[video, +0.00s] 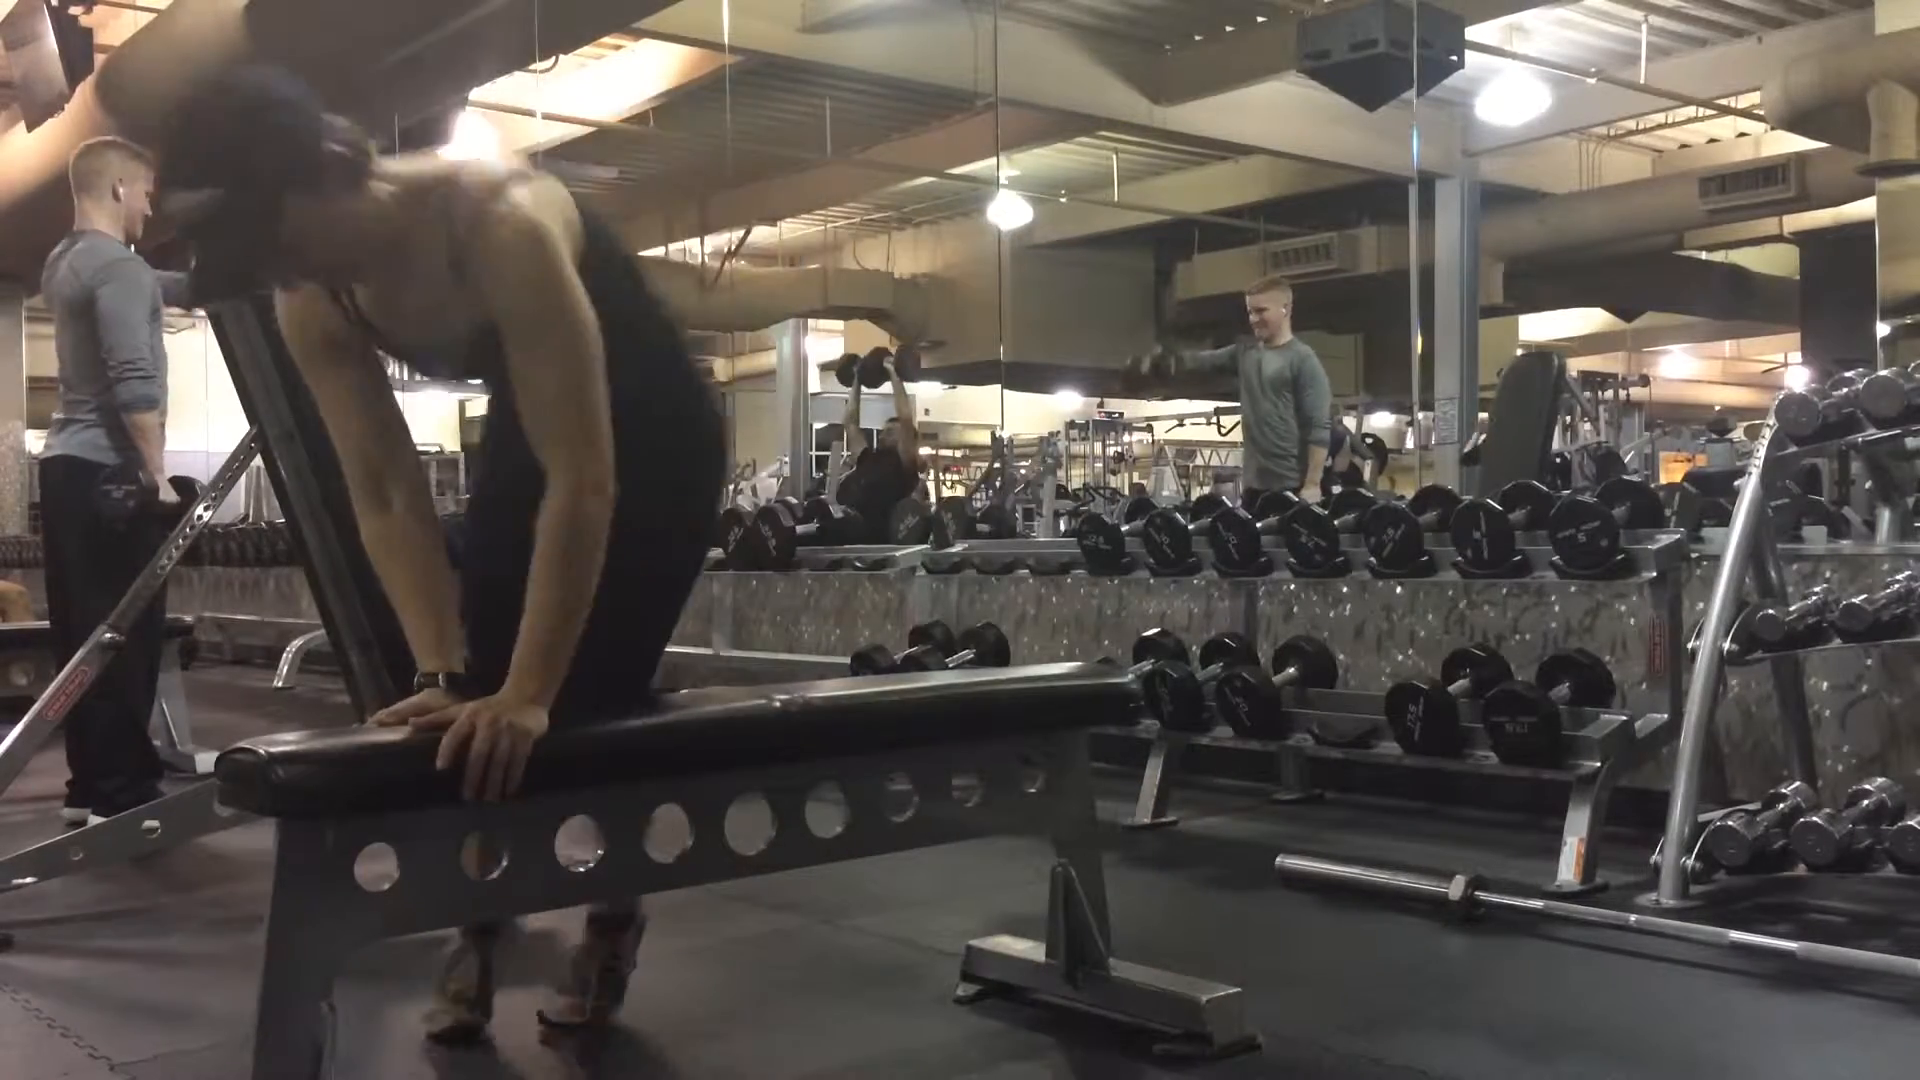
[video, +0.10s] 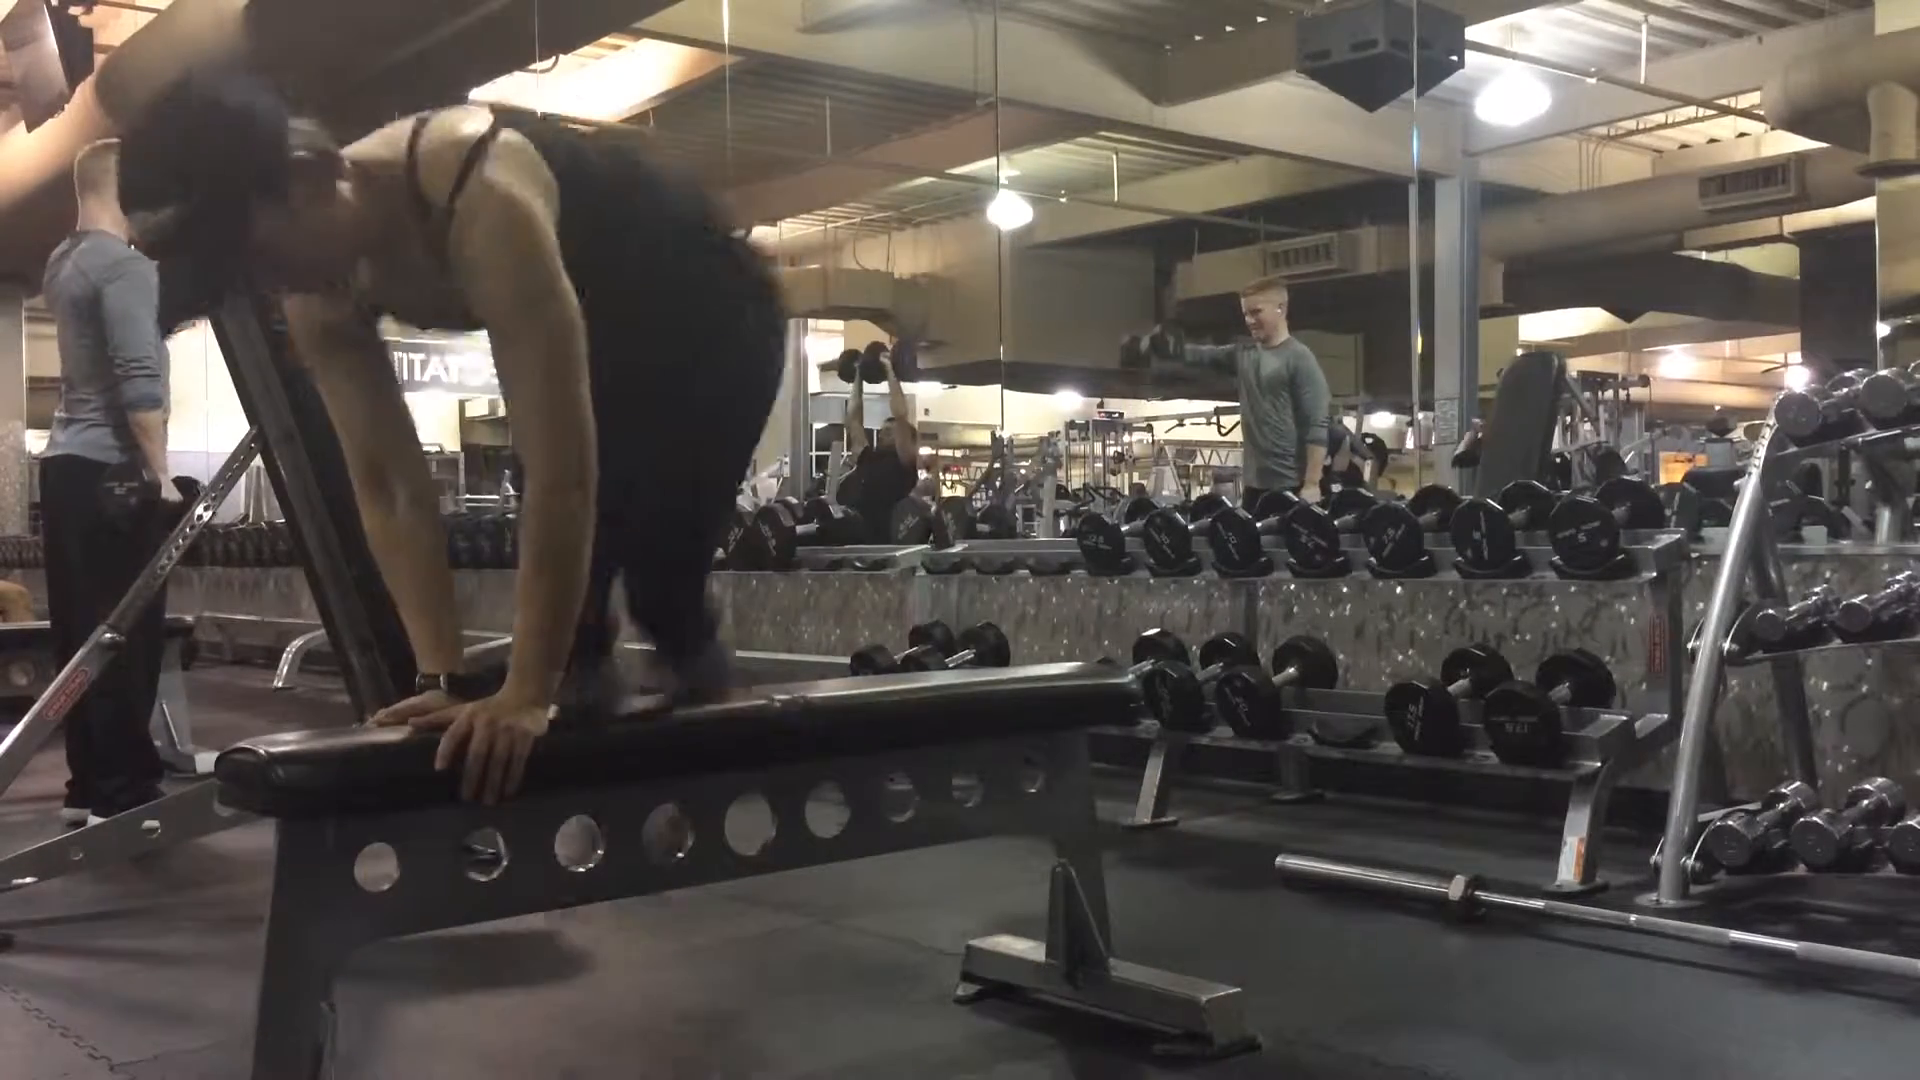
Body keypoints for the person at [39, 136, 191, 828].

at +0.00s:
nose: (150, 204)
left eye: (149, 192)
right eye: (144, 191)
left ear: (92, 194)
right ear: (115, 189)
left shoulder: (66, 261)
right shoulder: (118, 266)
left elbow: (179, 288)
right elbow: (132, 382)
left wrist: (247, 260)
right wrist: (158, 471)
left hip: (68, 470)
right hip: (109, 471)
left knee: (87, 630)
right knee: (126, 630)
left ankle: (92, 782)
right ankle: (119, 790)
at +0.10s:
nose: (155, 205)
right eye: (147, 190)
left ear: (79, 192)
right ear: (132, 190)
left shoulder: (63, 264)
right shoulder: (123, 266)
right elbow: (137, 382)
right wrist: (162, 474)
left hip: (66, 469)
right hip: (111, 472)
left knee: (80, 630)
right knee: (126, 631)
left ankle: (90, 783)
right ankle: (124, 788)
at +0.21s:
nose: (146, 204)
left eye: (139, 192)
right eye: (141, 192)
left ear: (82, 195)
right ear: (125, 191)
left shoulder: (66, 264)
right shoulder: (124, 265)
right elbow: (140, 383)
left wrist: (152, 254)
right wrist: (165, 475)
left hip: (66, 470)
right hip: (113, 473)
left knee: (82, 632)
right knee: (127, 633)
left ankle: (90, 785)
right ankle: (124, 790)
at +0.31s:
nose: (152, 210)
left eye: (152, 197)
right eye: (148, 197)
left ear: (88, 194)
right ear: (126, 193)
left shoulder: (63, 264)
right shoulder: (124, 268)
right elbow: (140, 390)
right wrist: (167, 481)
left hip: (65, 471)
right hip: (112, 475)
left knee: (83, 632)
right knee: (128, 634)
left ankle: (88, 785)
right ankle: (124, 790)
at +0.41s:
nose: (165, 214)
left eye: (165, 202)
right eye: (161, 201)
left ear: (101, 197)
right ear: (139, 197)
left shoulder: (72, 266)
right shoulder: (126, 272)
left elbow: (176, 315)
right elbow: (142, 389)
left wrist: (224, 314)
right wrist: (168, 484)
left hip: (60, 471)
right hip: (107, 475)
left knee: (84, 635)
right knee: (128, 636)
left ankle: (89, 786)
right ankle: (124, 790)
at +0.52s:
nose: (191, 233)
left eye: (191, 221)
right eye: (186, 219)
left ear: (135, 216)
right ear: (159, 216)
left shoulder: (100, 274)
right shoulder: (131, 283)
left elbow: (177, 348)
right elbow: (144, 398)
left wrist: (239, 389)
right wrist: (167, 495)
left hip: (50, 478)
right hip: (85, 483)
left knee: (85, 640)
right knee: (142, 635)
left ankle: (89, 789)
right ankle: (125, 793)